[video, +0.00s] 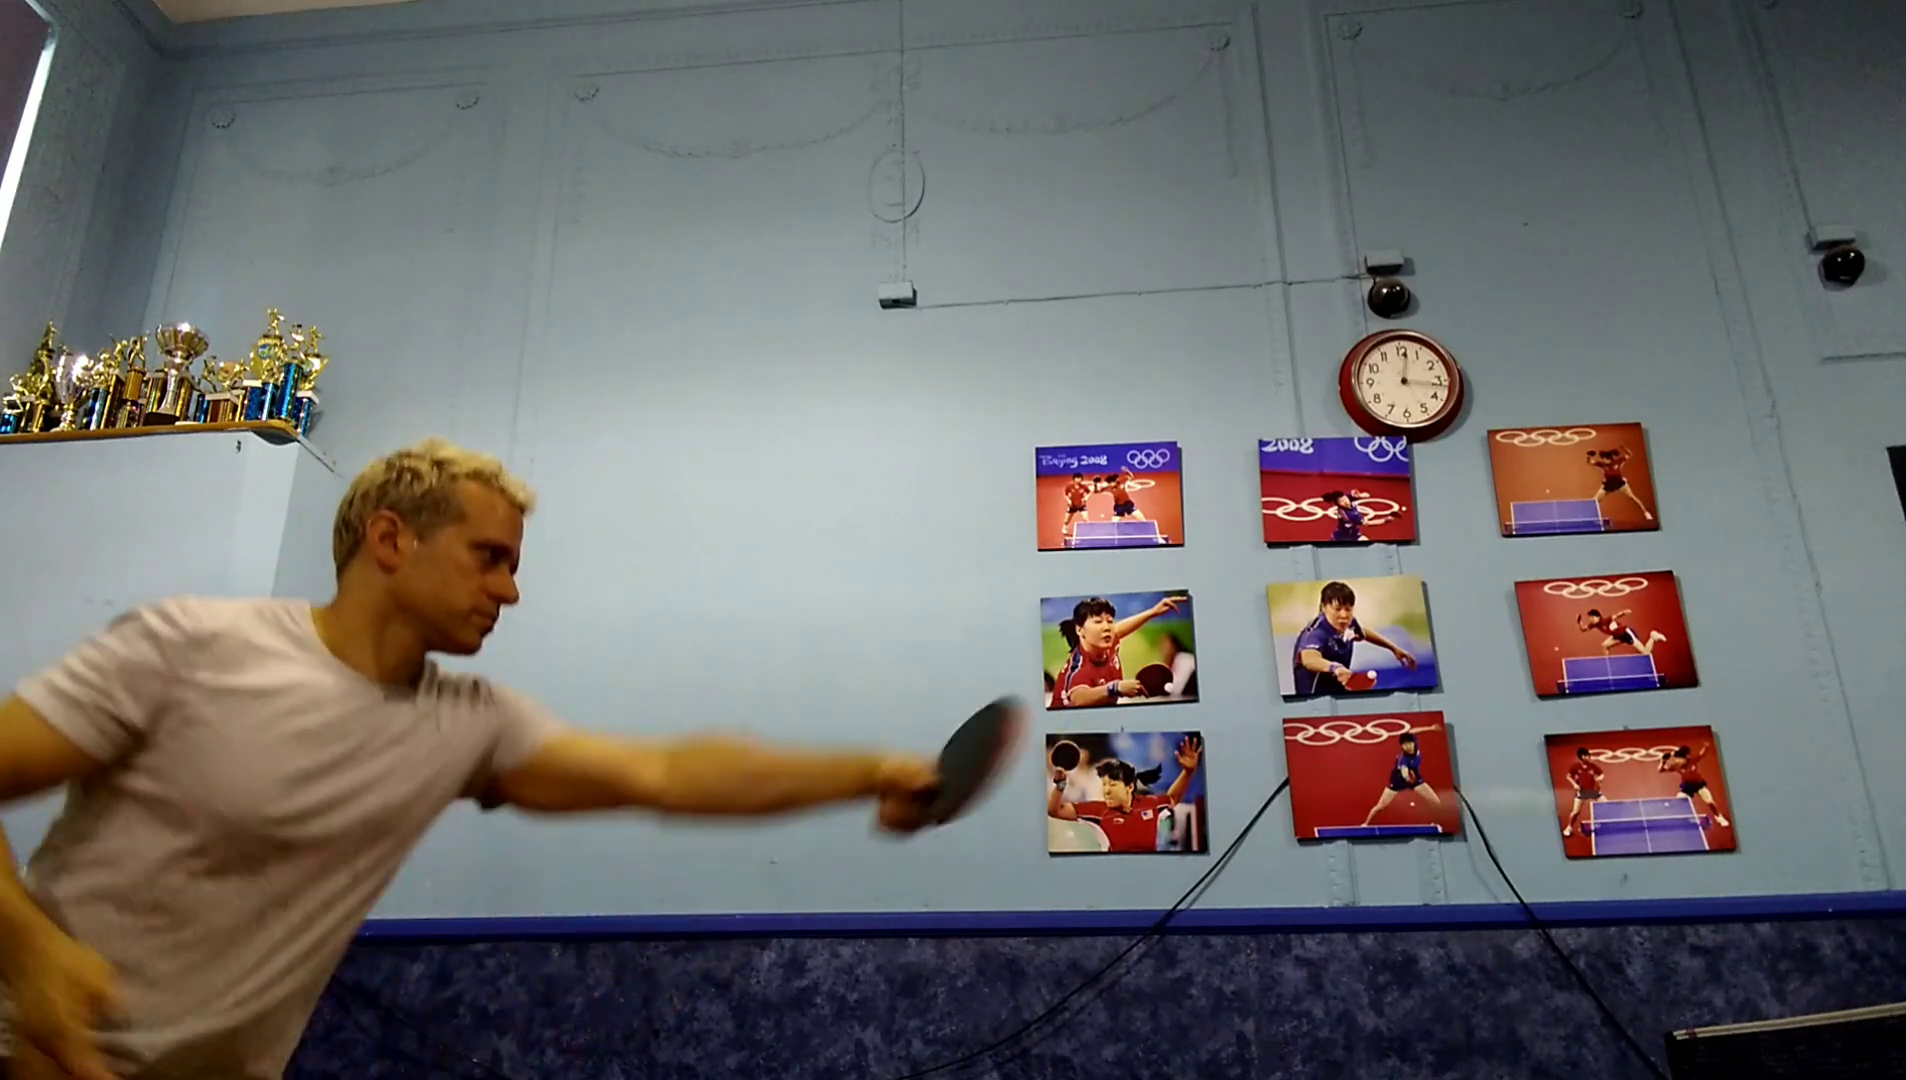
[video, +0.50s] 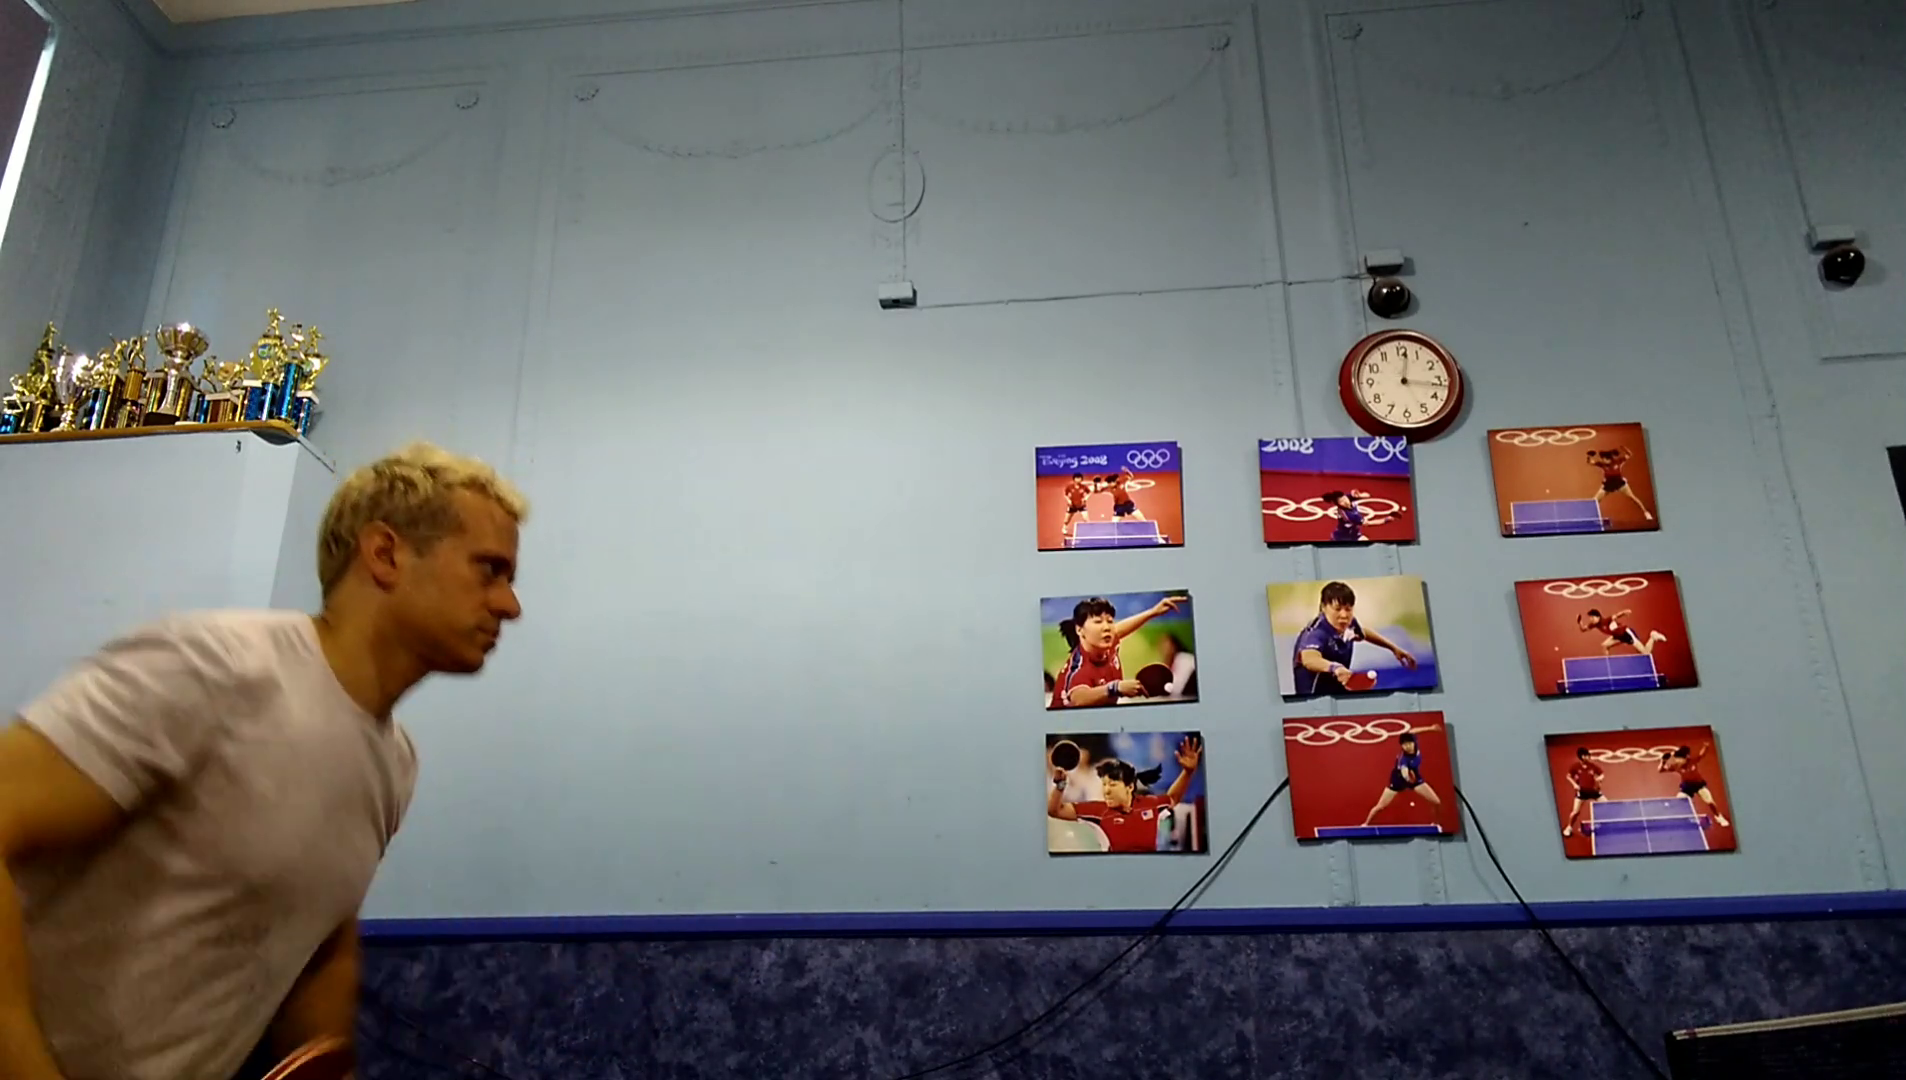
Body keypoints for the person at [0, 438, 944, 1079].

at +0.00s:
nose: (509, 588)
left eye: (514, 564)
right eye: (488, 556)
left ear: (419, 558)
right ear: (386, 541)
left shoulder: (466, 727)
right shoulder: (185, 647)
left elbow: (664, 773)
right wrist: (23, 940)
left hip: (227, 1067)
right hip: (47, 1046)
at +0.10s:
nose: (504, 579)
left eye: (508, 556)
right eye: (486, 546)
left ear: (417, 546)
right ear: (382, 526)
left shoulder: (456, 711)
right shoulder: (168, 622)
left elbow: (659, 750)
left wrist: (862, 737)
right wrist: (5, 891)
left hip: (217, 1067)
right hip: (33, 1030)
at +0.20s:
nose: (498, 573)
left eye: (499, 548)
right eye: (478, 537)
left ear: (388, 526)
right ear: (377, 519)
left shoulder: (439, 721)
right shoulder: (154, 617)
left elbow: (594, 811)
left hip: (210, 1062)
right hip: (33, 1029)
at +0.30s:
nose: (492, 573)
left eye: (492, 550)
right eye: (471, 537)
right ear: (369, 518)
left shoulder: (421, 736)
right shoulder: (159, 623)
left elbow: (493, 885)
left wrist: (543, 942)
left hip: (198, 1067)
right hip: (31, 1044)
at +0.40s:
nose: (499, 581)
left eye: (497, 557)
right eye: (478, 546)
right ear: (373, 531)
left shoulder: (399, 755)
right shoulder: (188, 637)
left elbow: (395, 948)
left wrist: (408, 1023)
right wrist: (19, 1049)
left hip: (186, 1065)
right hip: (32, 1046)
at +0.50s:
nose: (511, 603)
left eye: (510, 579)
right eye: (490, 569)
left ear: (388, 558)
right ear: (385, 554)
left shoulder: (391, 763)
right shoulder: (212, 666)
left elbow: (327, 953)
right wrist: (26, 1059)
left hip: (191, 1064)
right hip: (49, 1050)